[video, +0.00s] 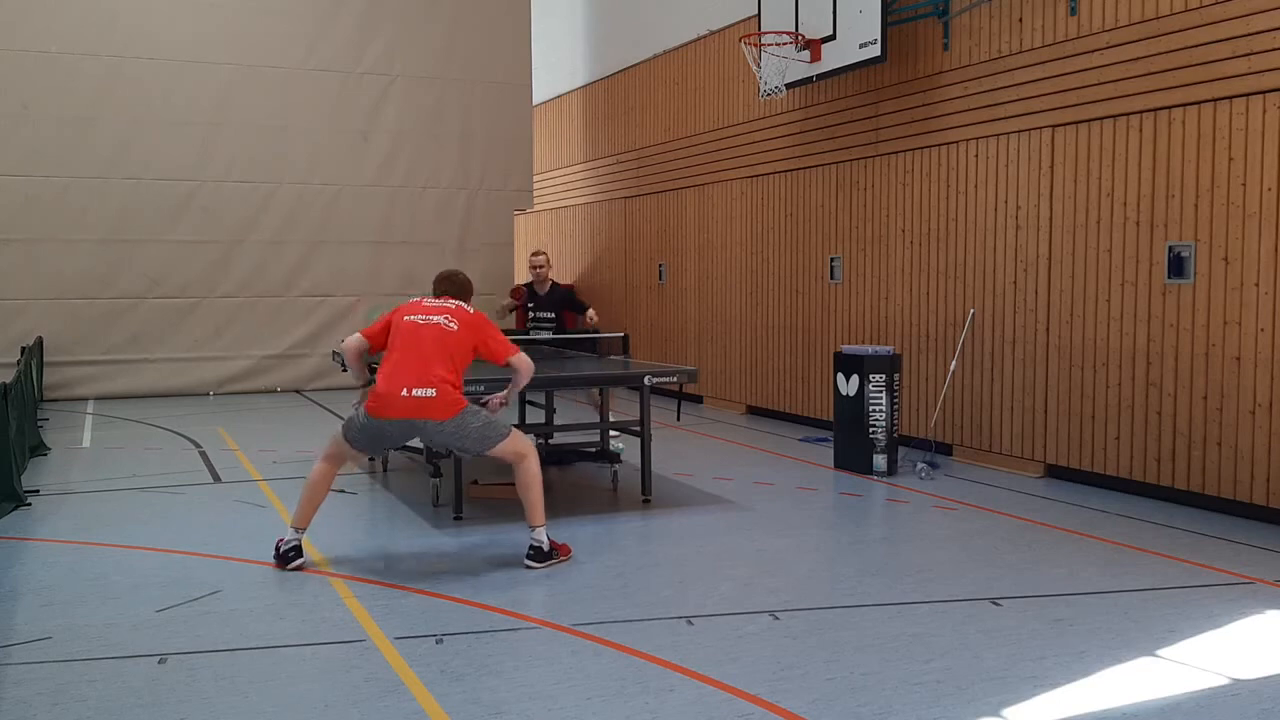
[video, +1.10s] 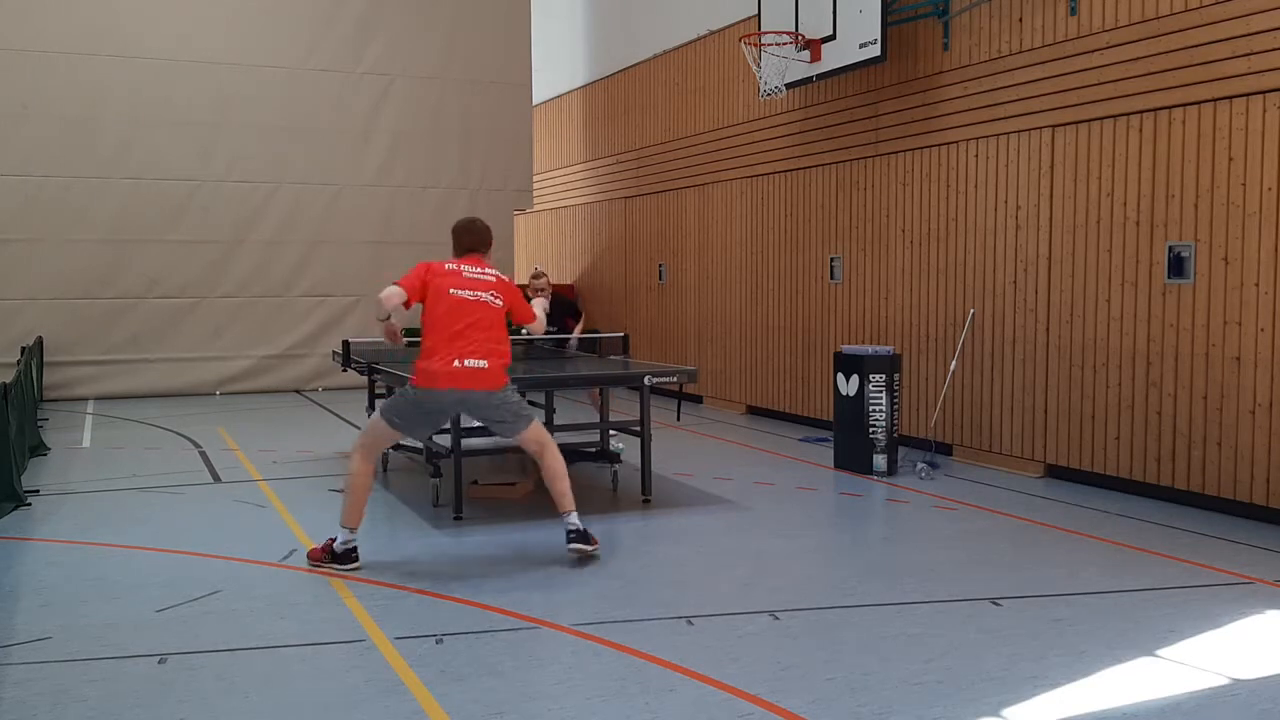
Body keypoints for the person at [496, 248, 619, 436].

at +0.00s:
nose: (537, 271)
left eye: (541, 267)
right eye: (533, 267)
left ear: (549, 268)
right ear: (529, 269)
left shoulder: (562, 292)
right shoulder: (523, 292)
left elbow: (586, 309)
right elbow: (500, 315)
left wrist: (590, 316)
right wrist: (508, 305)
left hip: (561, 351)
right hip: (531, 351)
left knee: (589, 382)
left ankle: (607, 424)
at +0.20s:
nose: (532, 279)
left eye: (536, 275)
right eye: (528, 275)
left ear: (544, 276)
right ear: (524, 278)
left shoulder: (558, 295)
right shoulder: (517, 298)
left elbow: (581, 310)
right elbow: (501, 311)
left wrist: (582, 326)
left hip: (561, 350)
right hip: (528, 351)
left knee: (590, 383)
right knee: (498, 379)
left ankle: (607, 428)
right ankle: (480, 420)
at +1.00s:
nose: (540, 282)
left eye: (543, 278)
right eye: (536, 279)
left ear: (550, 279)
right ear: (530, 281)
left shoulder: (563, 296)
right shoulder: (525, 298)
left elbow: (578, 312)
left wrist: (573, 331)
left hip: (563, 349)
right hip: (535, 349)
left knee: (589, 381)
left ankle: (606, 422)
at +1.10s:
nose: (540, 294)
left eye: (543, 290)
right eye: (535, 290)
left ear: (549, 288)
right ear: (529, 290)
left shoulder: (559, 301)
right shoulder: (524, 304)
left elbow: (580, 317)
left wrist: (574, 336)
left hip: (563, 350)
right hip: (536, 350)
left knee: (591, 381)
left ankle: (605, 423)